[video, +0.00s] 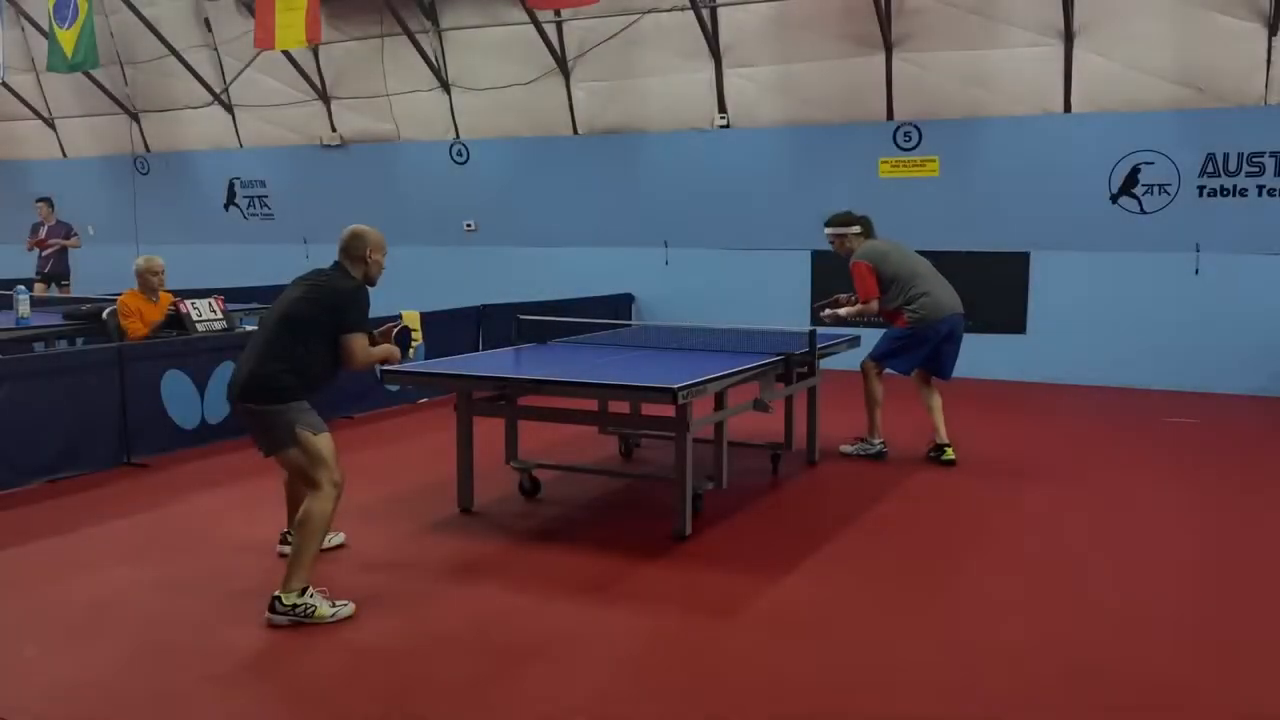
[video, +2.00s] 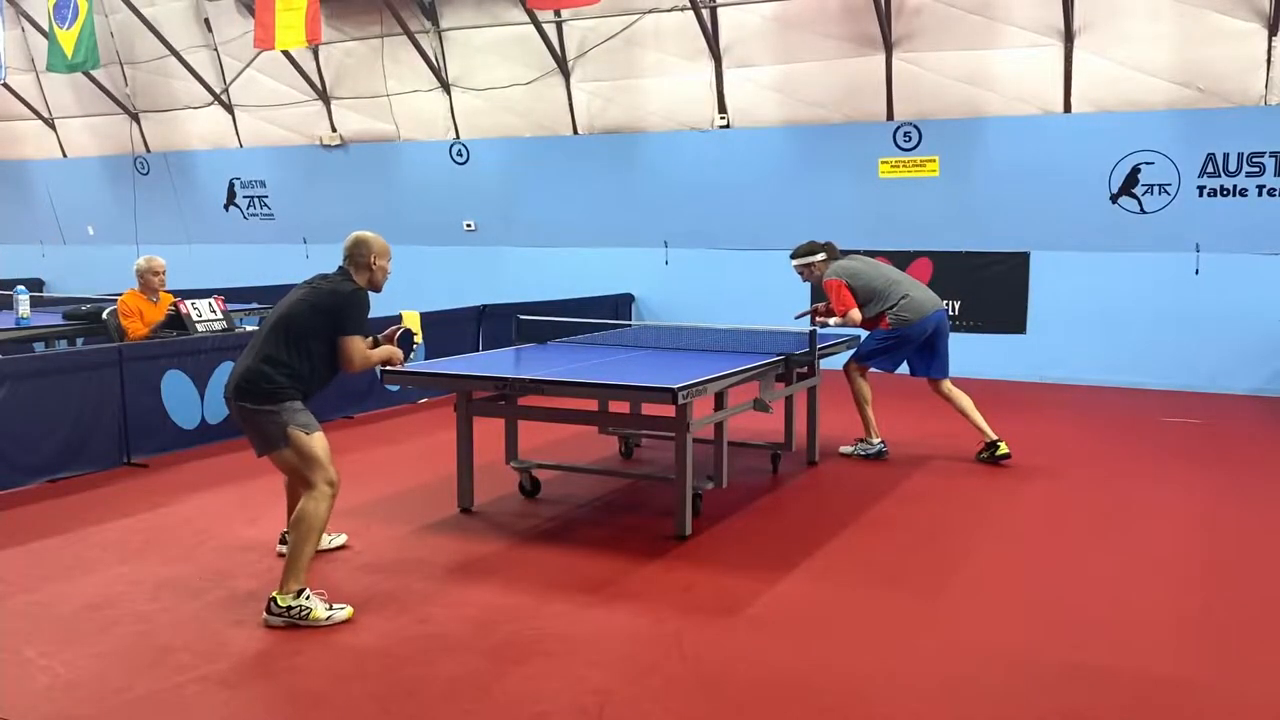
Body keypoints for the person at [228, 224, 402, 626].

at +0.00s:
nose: (384, 266)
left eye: (384, 258)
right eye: (382, 258)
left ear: (345, 255)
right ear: (368, 258)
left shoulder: (315, 279)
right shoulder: (351, 292)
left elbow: (319, 341)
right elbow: (355, 358)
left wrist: (366, 345)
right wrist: (385, 352)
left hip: (251, 388)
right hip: (277, 393)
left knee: (299, 463)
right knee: (328, 483)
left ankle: (298, 532)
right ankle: (291, 595)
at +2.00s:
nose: (389, 269)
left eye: (389, 263)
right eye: (387, 263)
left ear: (351, 262)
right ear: (372, 264)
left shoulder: (321, 285)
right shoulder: (351, 296)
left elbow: (332, 349)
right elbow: (353, 361)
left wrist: (372, 345)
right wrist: (386, 353)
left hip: (247, 389)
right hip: (270, 393)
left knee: (299, 466)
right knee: (324, 483)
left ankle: (297, 533)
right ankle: (289, 596)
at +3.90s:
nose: (387, 237)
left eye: (386, 230)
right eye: (384, 231)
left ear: (349, 233)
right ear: (369, 234)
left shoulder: (312, 263)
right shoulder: (353, 274)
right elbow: (363, 341)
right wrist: (401, 328)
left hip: (278, 387)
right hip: (302, 391)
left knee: (309, 462)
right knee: (343, 486)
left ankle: (298, 533)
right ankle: (289, 597)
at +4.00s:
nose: (389, 235)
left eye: (387, 228)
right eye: (385, 228)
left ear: (348, 230)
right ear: (370, 230)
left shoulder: (309, 259)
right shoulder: (358, 269)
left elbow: (266, 301)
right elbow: (370, 333)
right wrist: (404, 327)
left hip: (281, 385)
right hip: (308, 389)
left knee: (310, 458)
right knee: (346, 487)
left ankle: (299, 534)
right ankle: (289, 597)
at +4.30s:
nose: (388, 235)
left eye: (388, 228)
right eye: (385, 228)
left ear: (350, 226)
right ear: (369, 227)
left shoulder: (307, 256)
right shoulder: (358, 263)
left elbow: (263, 291)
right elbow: (367, 324)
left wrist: (295, 321)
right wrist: (406, 325)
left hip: (284, 379)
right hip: (321, 381)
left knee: (320, 448)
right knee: (382, 465)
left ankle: (293, 539)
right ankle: (332, 560)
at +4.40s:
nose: (390, 239)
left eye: (390, 230)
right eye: (388, 230)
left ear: (355, 222)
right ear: (378, 229)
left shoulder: (315, 257)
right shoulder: (365, 262)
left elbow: (274, 291)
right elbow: (365, 317)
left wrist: (309, 315)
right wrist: (403, 327)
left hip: (294, 380)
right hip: (336, 383)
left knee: (322, 448)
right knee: (388, 445)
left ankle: (294, 538)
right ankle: (388, 560)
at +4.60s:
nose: (408, 241)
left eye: (408, 234)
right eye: (406, 233)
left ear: (368, 230)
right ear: (388, 231)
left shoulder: (323, 262)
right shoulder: (384, 272)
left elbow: (286, 306)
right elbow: (405, 334)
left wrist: (331, 310)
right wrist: (451, 342)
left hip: (306, 383)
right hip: (355, 386)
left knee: (315, 448)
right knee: (417, 463)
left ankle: (286, 538)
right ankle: (428, 567)